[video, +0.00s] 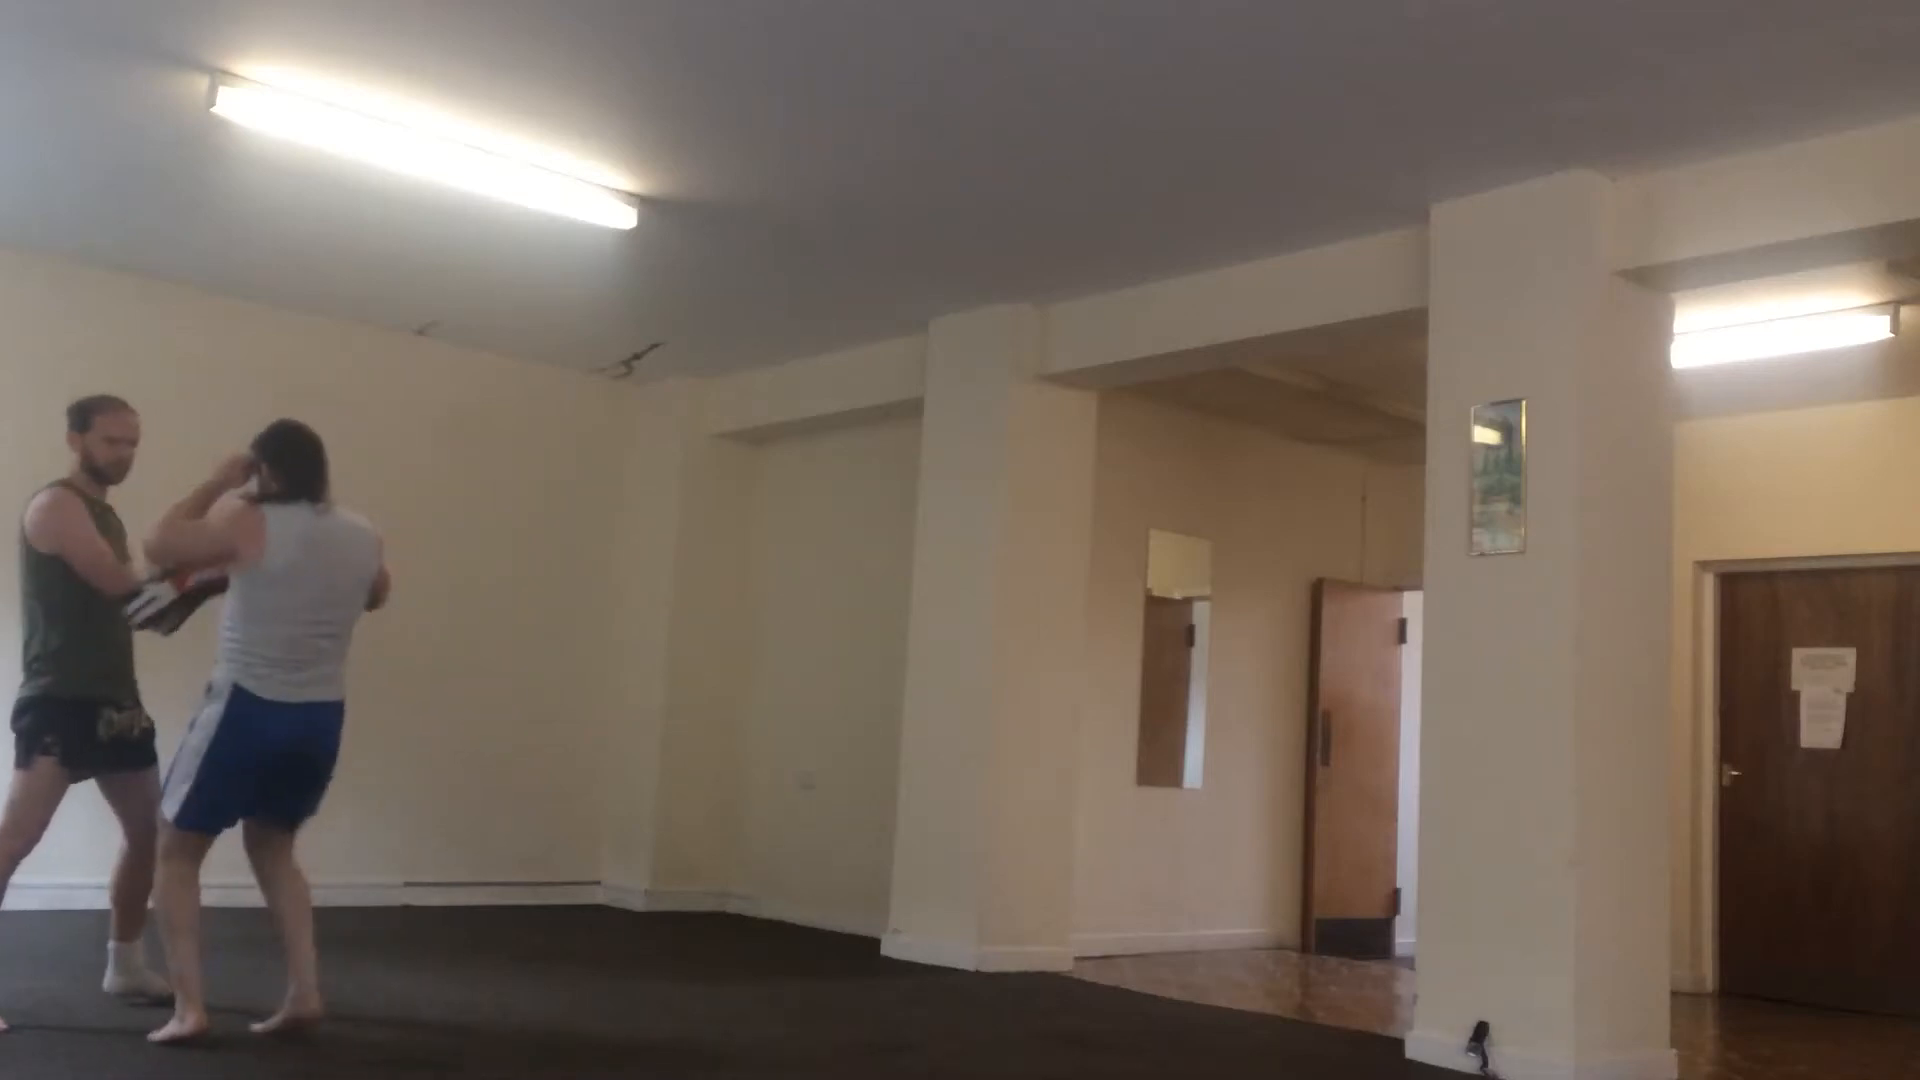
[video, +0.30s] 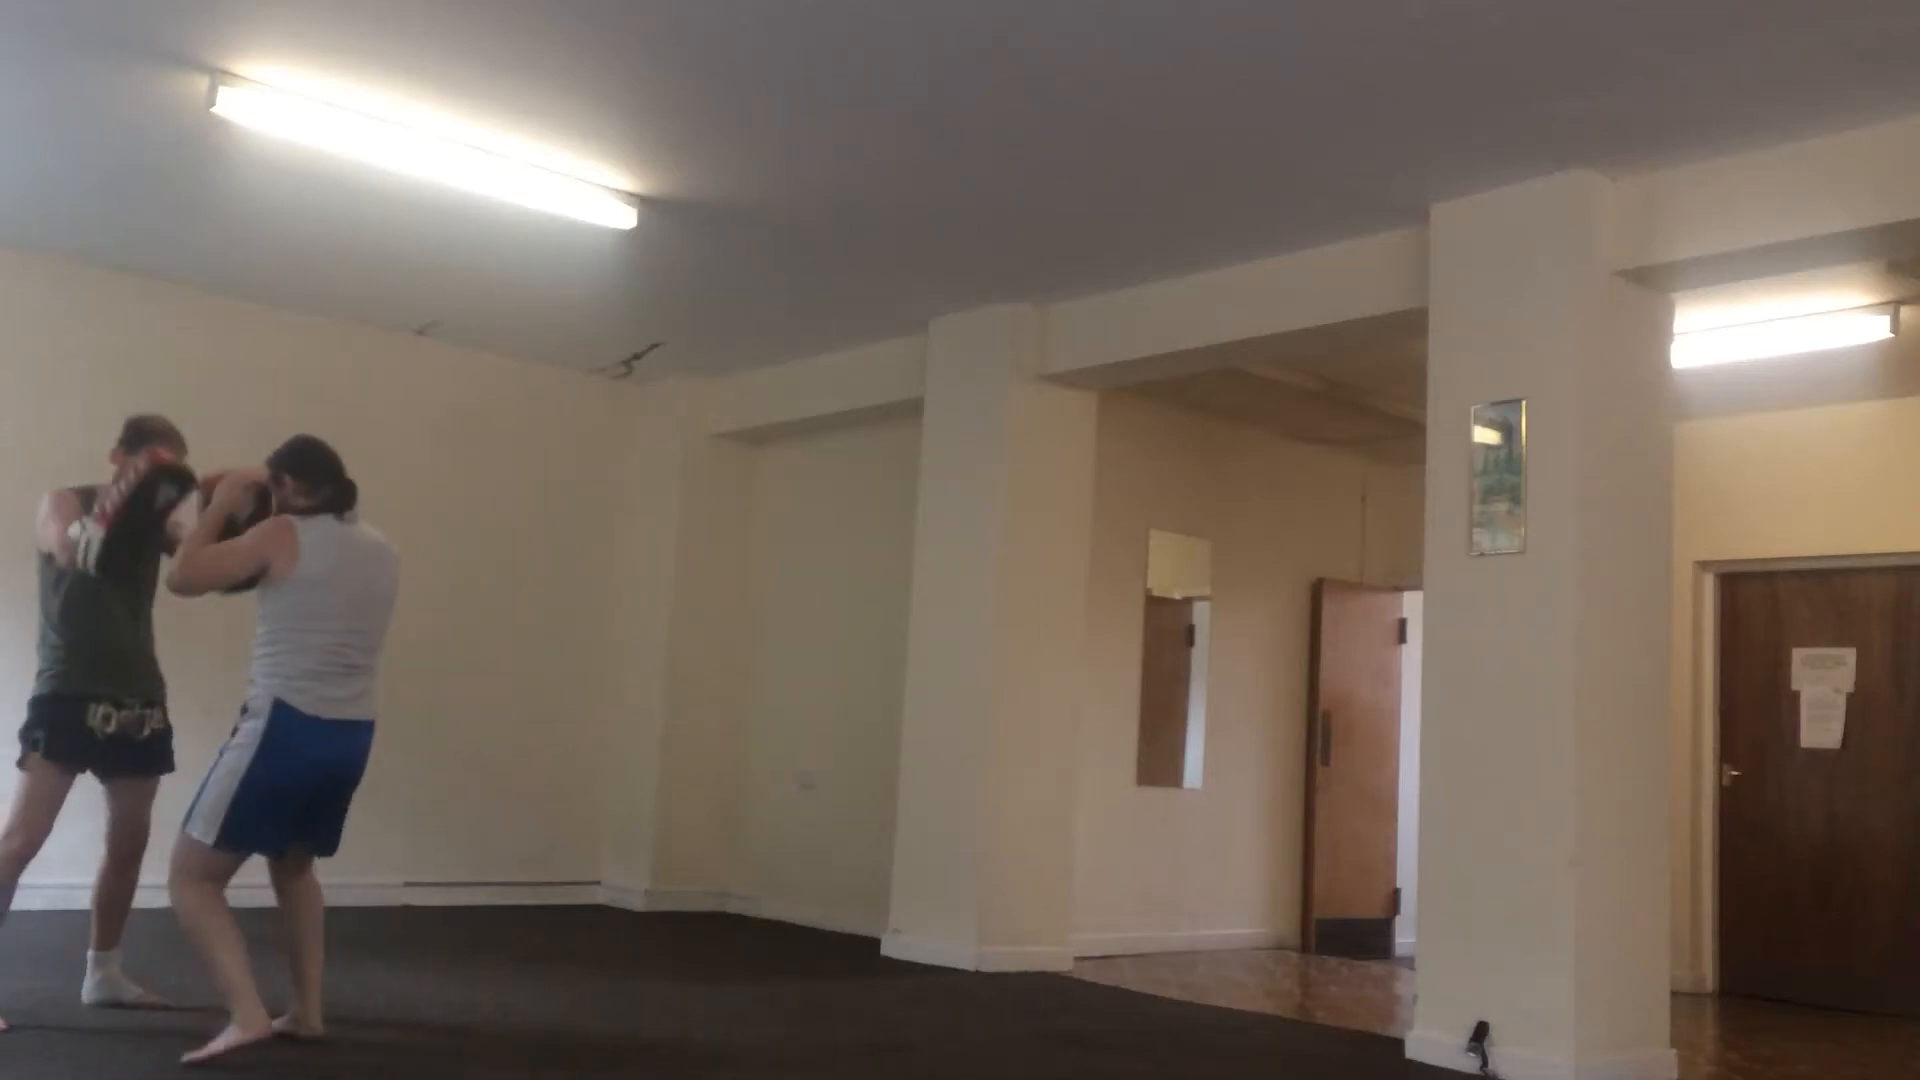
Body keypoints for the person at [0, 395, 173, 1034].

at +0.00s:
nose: (126, 454)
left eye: (132, 444)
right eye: (114, 442)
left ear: (134, 447)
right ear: (77, 441)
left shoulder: (106, 517)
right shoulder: (54, 506)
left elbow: (125, 606)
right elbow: (113, 581)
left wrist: (188, 587)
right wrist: (165, 571)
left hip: (113, 701)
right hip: (59, 702)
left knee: (146, 834)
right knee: (15, 840)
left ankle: (125, 966)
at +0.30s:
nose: (157, 483)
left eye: (168, 476)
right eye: (151, 470)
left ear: (169, 477)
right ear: (118, 459)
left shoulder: (156, 518)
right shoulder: (65, 501)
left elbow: (194, 539)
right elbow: (69, 550)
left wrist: (205, 493)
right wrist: (112, 506)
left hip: (137, 699)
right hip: (67, 695)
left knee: (128, 843)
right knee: (20, 841)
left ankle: (103, 971)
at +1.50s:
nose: (251, 438)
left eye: (258, 427)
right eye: (239, 424)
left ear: (258, 430)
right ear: (203, 421)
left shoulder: (237, 501)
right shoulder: (158, 484)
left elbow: (211, 580)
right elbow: (57, 534)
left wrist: (251, 614)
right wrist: (125, 511)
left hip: (193, 692)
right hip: (126, 690)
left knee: (170, 833)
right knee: (111, 849)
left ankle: (90, 910)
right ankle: (75, 1018)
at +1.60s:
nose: (243, 440)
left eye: (252, 430)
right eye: (232, 426)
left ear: (256, 432)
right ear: (194, 421)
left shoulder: (237, 501)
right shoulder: (141, 480)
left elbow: (238, 594)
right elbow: (47, 542)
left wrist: (281, 610)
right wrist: (106, 523)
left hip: (197, 693)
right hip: (127, 692)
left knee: (180, 842)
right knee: (107, 857)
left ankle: (91, 915)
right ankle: (76, 1019)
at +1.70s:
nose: (232, 451)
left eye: (244, 441)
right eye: (224, 435)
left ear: (250, 441)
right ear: (189, 422)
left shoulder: (240, 502)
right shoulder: (133, 478)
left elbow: (279, 580)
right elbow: (62, 557)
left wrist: (320, 568)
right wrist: (112, 522)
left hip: (202, 694)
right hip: (127, 692)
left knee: (195, 849)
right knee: (106, 857)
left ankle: (126, 951)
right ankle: (75, 1017)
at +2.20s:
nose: (267, 476)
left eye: (280, 465)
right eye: (258, 462)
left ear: (296, 461)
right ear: (233, 451)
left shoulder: (304, 521)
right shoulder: (192, 502)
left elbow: (323, 630)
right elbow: (143, 598)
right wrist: (193, 553)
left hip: (256, 709)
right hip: (176, 703)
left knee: (254, 863)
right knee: (123, 852)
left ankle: (232, 1007)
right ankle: (75, 1008)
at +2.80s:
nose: (219, 475)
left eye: (229, 462)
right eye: (207, 465)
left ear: (251, 456)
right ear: (191, 464)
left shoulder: (271, 523)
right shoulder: (195, 519)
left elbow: (217, 609)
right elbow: (173, 599)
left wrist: (159, 572)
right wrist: (138, 578)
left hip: (235, 711)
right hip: (171, 706)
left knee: (229, 851)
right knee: (140, 848)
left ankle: (253, 1014)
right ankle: (145, 989)